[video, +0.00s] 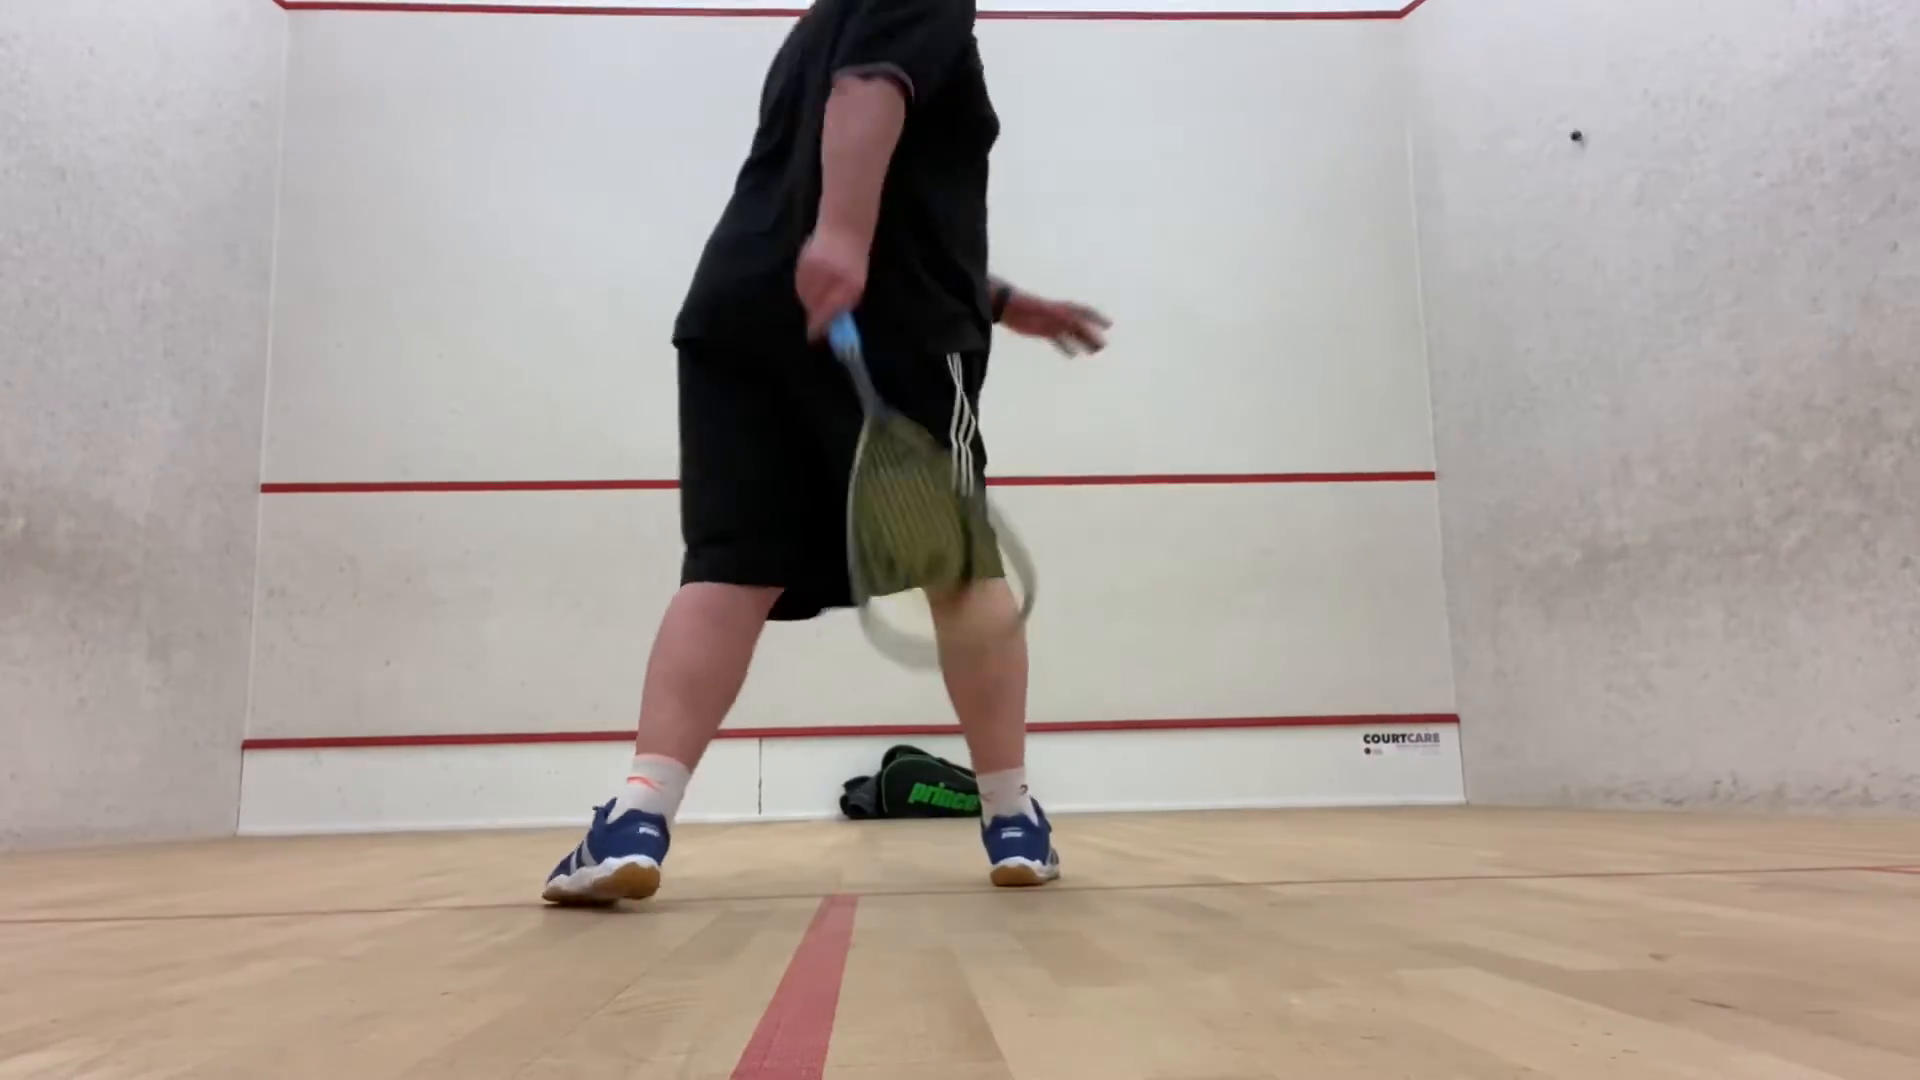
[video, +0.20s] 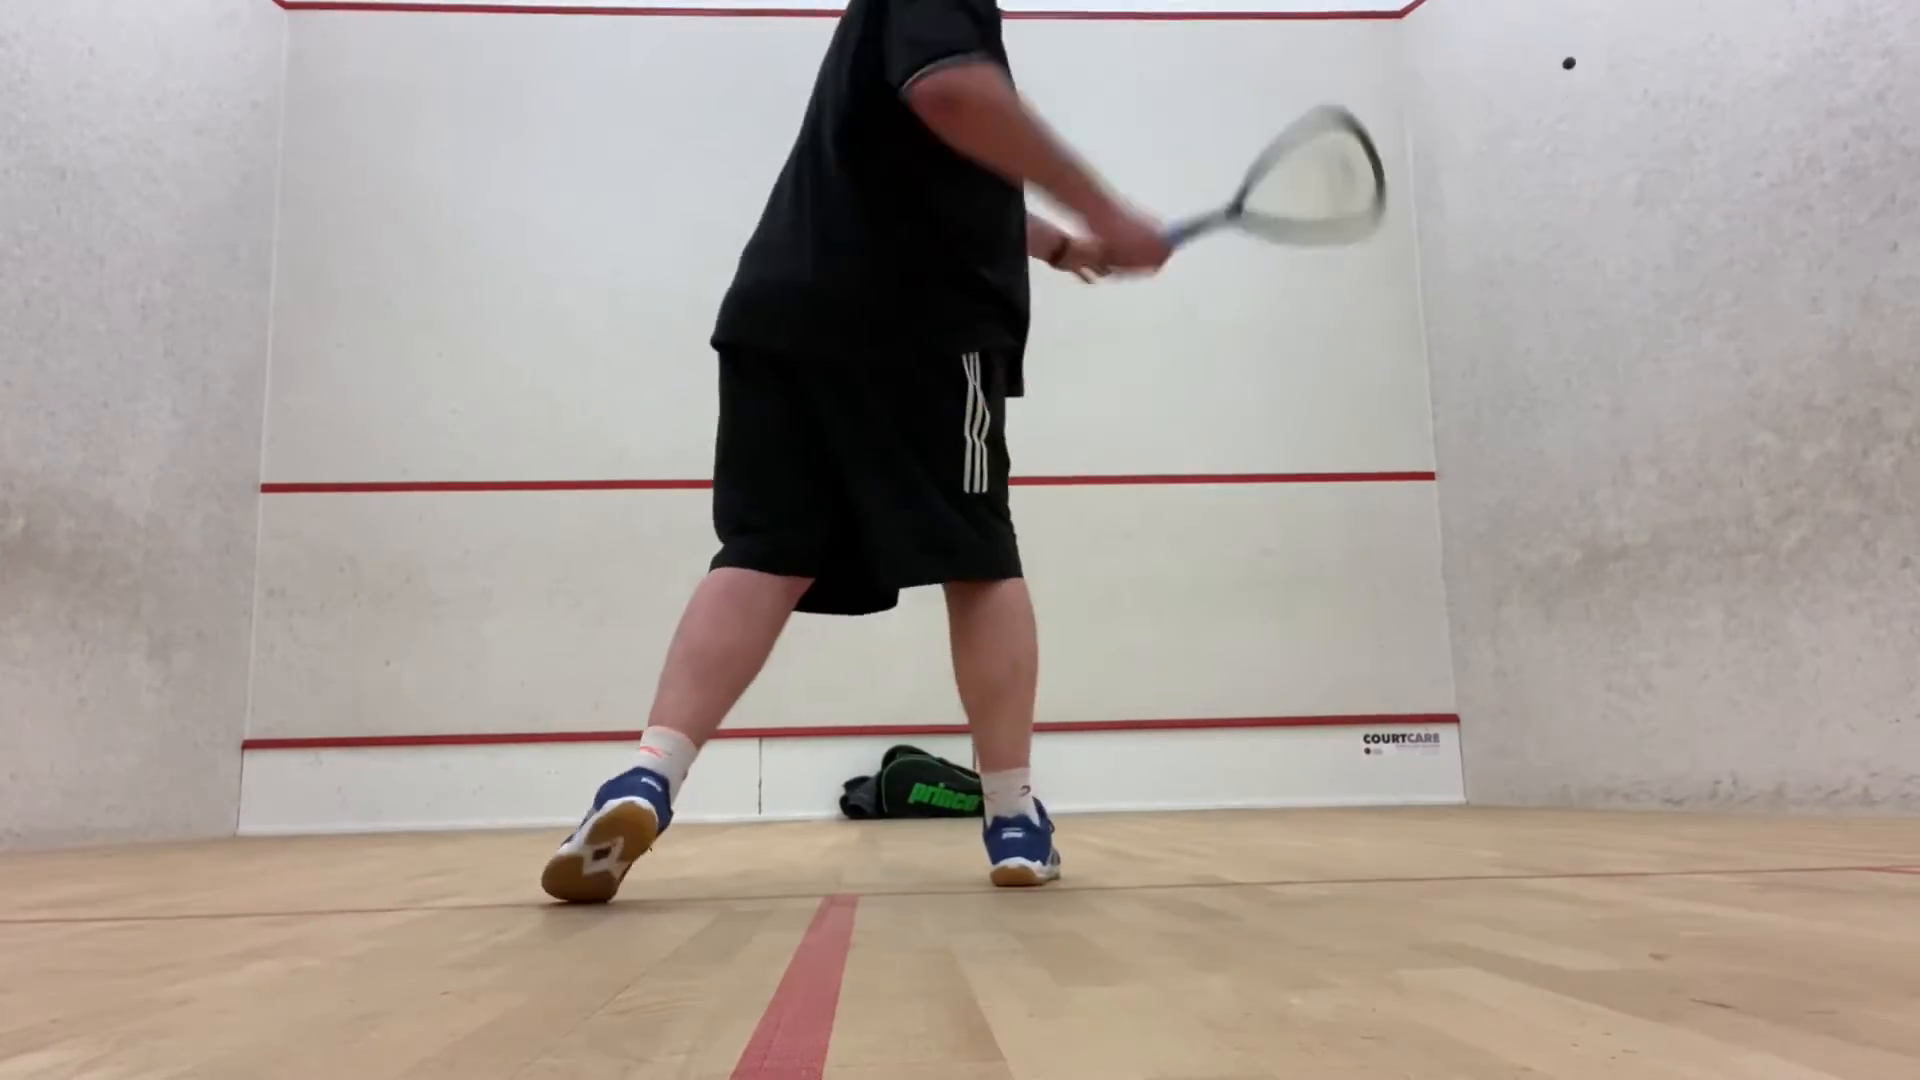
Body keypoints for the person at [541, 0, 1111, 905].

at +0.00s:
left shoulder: (822, 30)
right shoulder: (927, 2)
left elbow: (869, 211)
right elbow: (869, 84)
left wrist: (1004, 301)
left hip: (738, 313)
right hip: (885, 318)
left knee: (729, 564)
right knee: (963, 562)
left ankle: (639, 814)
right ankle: (1011, 815)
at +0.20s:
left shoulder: (882, 23)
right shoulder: (945, 0)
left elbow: (913, 179)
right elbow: (946, 86)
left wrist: (1053, 243)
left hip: (780, 306)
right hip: (921, 320)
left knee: (763, 551)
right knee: (980, 562)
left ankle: (650, 777)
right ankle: (1015, 817)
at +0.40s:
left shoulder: (884, 10)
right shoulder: (1057, 28)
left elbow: (786, 89)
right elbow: (1179, 104)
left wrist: (778, 171)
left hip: (796, 308)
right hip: (950, 333)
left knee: (750, 543)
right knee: (991, 566)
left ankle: (651, 759)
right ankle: (1016, 817)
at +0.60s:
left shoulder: (881, 8)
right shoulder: (1099, 66)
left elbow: (747, 67)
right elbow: (1195, 222)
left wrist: (605, 143)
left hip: (784, 315)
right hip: (933, 349)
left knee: (719, 518)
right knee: (960, 570)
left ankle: (628, 708)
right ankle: (1012, 818)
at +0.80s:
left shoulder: (840, 3)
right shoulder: (1042, 75)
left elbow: (773, 83)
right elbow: (1014, 274)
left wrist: (670, 194)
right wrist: (919, 318)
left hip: (784, 333)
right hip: (929, 365)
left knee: (706, 543)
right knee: (962, 584)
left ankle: (625, 756)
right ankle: (1010, 815)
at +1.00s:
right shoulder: (943, 38)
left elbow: (776, 93)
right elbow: (928, 195)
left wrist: (646, 223)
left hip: (763, 324)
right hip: (906, 338)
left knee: (646, 540)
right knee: (917, 572)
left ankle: (599, 788)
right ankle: (1012, 807)